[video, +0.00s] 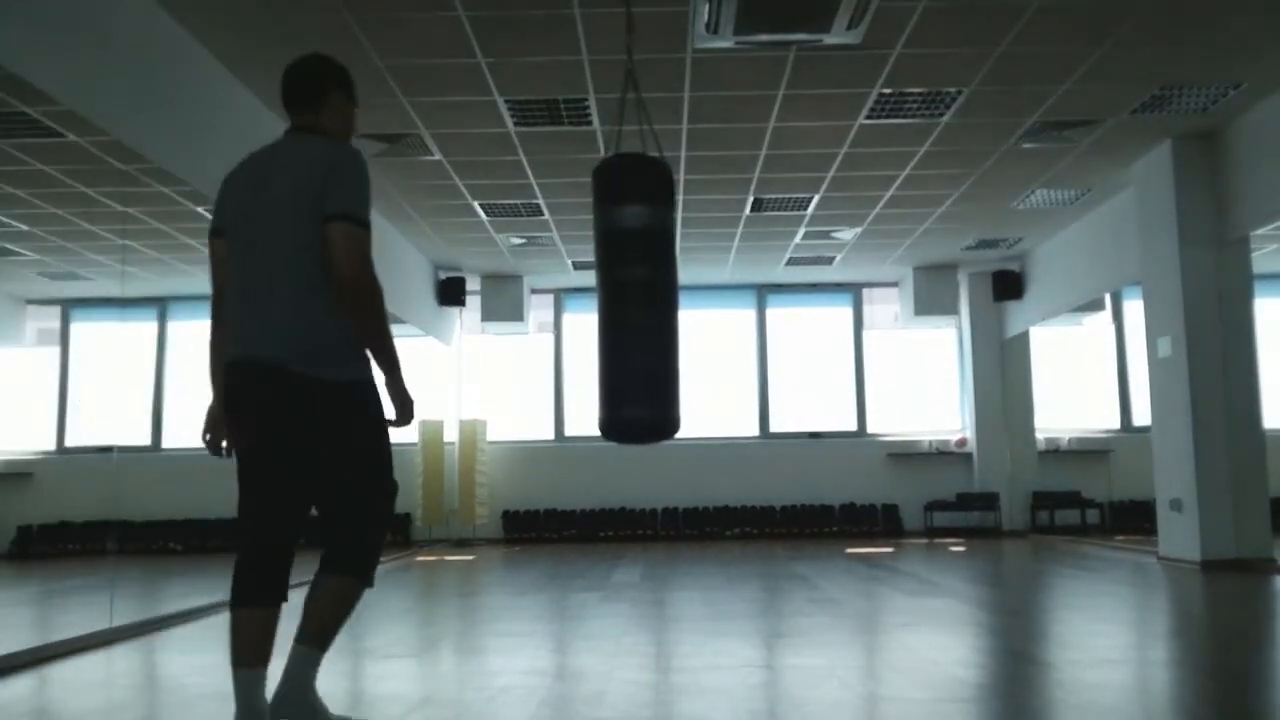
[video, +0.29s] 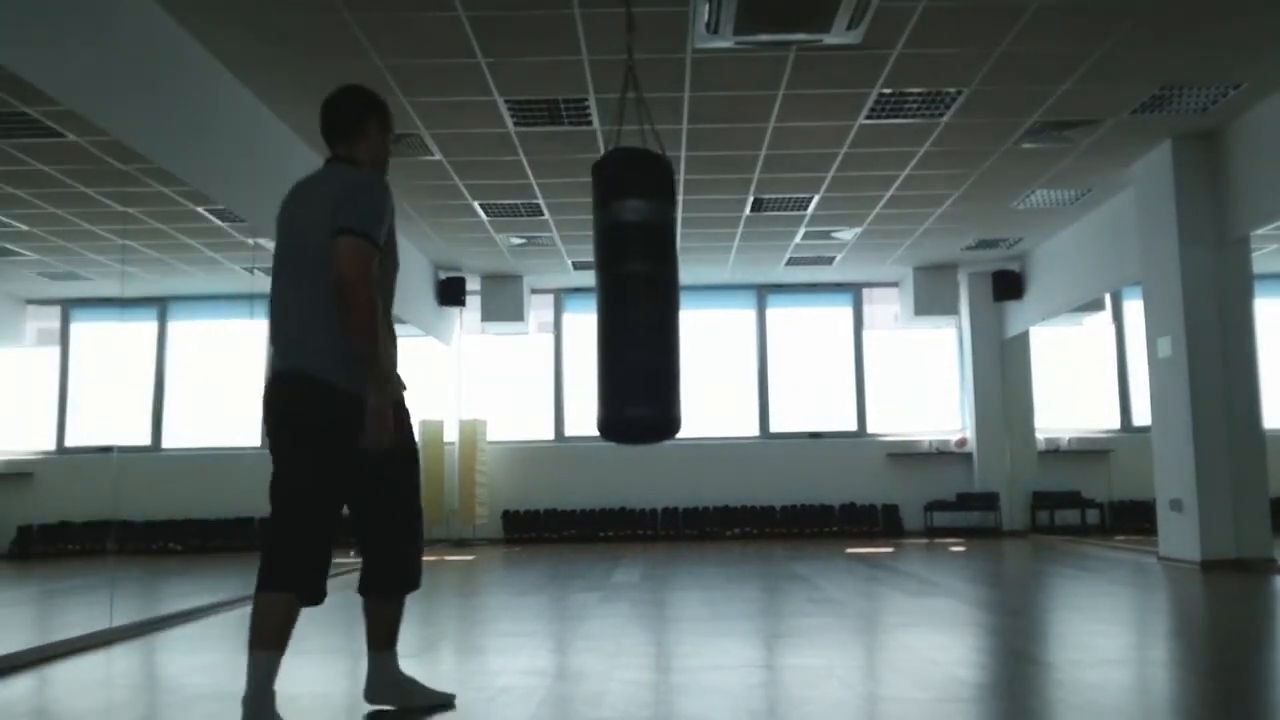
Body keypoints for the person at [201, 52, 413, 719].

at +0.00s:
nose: (354, 118)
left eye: (352, 106)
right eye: (350, 106)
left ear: (289, 106)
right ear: (334, 104)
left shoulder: (239, 177)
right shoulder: (341, 163)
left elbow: (223, 300)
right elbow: (354, 275)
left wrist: (222, 395)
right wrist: (393, 375)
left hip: (253, 386)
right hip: (330, 384)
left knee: (264, 537)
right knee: (363, 522)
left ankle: (248, 706)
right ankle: (296, 685)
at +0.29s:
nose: (388, 148)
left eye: (387, 136)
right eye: (386, 136)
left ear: (329, 137)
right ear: (371, 134)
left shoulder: (299, 196)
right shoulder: (364, 188)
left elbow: (295, 299)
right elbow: (353, 279)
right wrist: (381, 380)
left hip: (295, 393)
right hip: (356, 394)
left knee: (292, 543)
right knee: (392, 532)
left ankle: (258, 697)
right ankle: (384, 672)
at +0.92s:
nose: (432, 187)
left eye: (431, 176)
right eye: (425, 175)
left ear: (387, 178)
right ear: (402, 175)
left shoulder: (386, 235)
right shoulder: (382, 217)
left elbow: (435, 307)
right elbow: (349, 302)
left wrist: (443, 250)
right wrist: (404, 280)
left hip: (407, 396)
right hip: (435, 354)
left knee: (436, 527)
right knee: (553, 305)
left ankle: (430, 671)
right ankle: (683, 296)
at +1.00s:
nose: (434, 185)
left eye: (432, 176)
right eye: (427, 174)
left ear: (388, 176)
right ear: (403, 175)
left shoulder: (383, 236)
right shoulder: (383, 225)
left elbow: (402, 328)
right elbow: (362, 307)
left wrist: (445, 295)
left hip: (399, 397)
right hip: (434, 365)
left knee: (425, 535)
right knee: (562, 356)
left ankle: (430, 678)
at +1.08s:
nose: (410, 184)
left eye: (410, 176)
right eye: (405, 175)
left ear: (368, 174)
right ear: (380, 171)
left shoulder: (378, 222)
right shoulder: (358, 203)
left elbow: (425, 269)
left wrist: (428, 220)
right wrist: (258, 241)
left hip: (385, 385)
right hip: (417, 352)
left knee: (417, 516)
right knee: (528, 335)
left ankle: (412, 655)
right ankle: (633, 369)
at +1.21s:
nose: (370, 210)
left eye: (369, 201)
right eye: (361, 200)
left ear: (320, 205)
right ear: (329, 200)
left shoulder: (277, 258)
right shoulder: (348, 235)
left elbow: (219, 288)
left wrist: (253, 275)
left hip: (349, 408)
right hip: (393, 363)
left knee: (353, 539)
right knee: (520, 340)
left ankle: (323, 670)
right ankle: (643, 376)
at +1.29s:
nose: (375, 212)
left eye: (373, 202)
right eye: (369, 201)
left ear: (321, 201)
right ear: (339, 196)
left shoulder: (273, 256)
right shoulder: (360, 231)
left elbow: (199, 301)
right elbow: (372, 291)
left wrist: (189, 317)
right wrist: (406, 365)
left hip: (346, 403)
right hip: (399, 368)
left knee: (350, 538)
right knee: (523, 368)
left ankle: (324, 669)